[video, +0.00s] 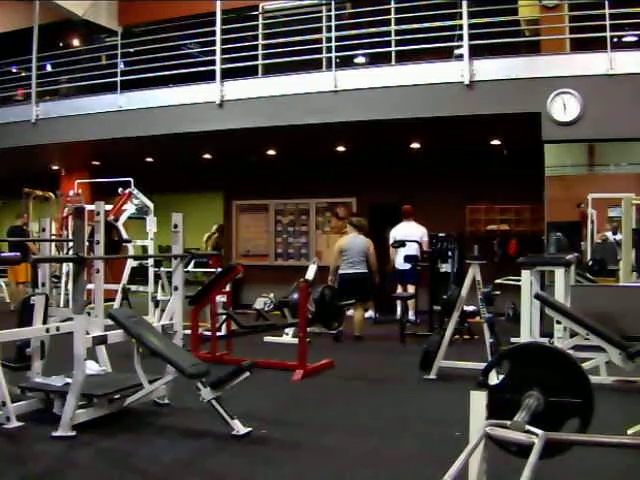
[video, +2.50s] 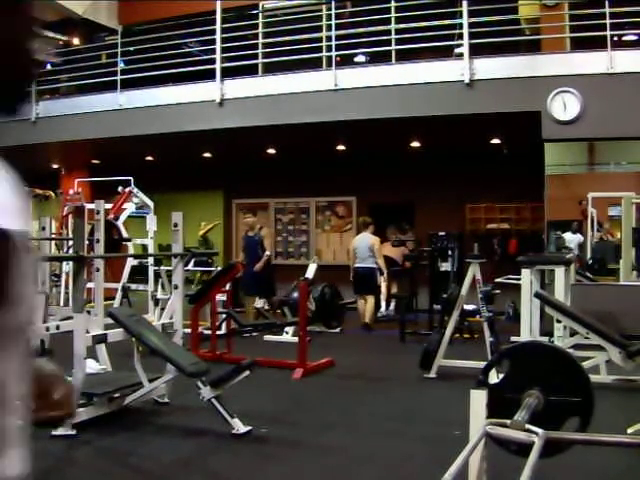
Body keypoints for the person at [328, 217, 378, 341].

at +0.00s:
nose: (346, 229)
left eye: (347, 227)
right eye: (347, 227)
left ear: (350, 228)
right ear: (361, 229)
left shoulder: (341, 242)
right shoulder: (367, 242)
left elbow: (335, 261)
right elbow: (372, 262)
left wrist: (331, 275)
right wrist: (375, 275)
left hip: (345, 274)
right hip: (362, 274)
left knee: (341, 305)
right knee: (359, 305)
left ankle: (339, 328)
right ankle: (358, 333)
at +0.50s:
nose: (346, 229)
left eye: (348, 228)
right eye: (347, 227)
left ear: (350, 228)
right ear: (360, 229)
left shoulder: (343, 241)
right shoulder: (368, 241)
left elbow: (336, 261)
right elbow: (373, 261)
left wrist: (333, 274)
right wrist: (375, 275)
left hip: (346, 273)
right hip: (362, 273)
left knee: (347, 303)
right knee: (360, 303)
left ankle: (345, 328)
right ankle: (357, 332)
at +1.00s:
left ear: (344, 227)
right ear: (354, 227)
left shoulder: (336, 241)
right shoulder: (360, 241)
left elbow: (331, 260)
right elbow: (365, 260)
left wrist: (331, 274)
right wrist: (370, 274)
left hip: (341, 272)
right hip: (356, 272)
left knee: (346, 302)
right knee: (362, 299)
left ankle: (345, 327)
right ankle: (359, 322)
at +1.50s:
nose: (364, 229)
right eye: (363, 228)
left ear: (352, 228)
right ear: (362, 228)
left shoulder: (344, 242)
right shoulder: (368, 241)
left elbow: (339, 261)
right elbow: (372, 261)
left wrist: (338, 274)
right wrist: (377, 275)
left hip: (348, 272)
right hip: (364, 272)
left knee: (349, 301)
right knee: (365, 300)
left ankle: (346, 326)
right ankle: (367, 324)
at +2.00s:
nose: (373, 228)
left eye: (372, 226)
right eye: (373, 226)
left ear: (361, 226)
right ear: (371, 227)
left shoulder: (354, 240)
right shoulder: (377, 240)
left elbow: (350, 256)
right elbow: (382, 257)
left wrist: (354, 263)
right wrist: (385, 266)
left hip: (357, 268)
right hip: (371, 268)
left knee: (358, 298)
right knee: (369, 297)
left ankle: (357, 322)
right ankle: (367, 324)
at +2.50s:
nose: (373, 228)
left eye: (372, 226)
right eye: (372, 226)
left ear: (361, 227)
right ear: (370, 227)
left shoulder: (354, 240)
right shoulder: (374, 240)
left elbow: (352, 258)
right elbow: (378, 257)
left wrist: (351, 271)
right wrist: (384, 270)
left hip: (358, 268)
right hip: (370, 268)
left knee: (360, 297)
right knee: (370, 296)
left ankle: (363, 320)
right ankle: (367, 320)